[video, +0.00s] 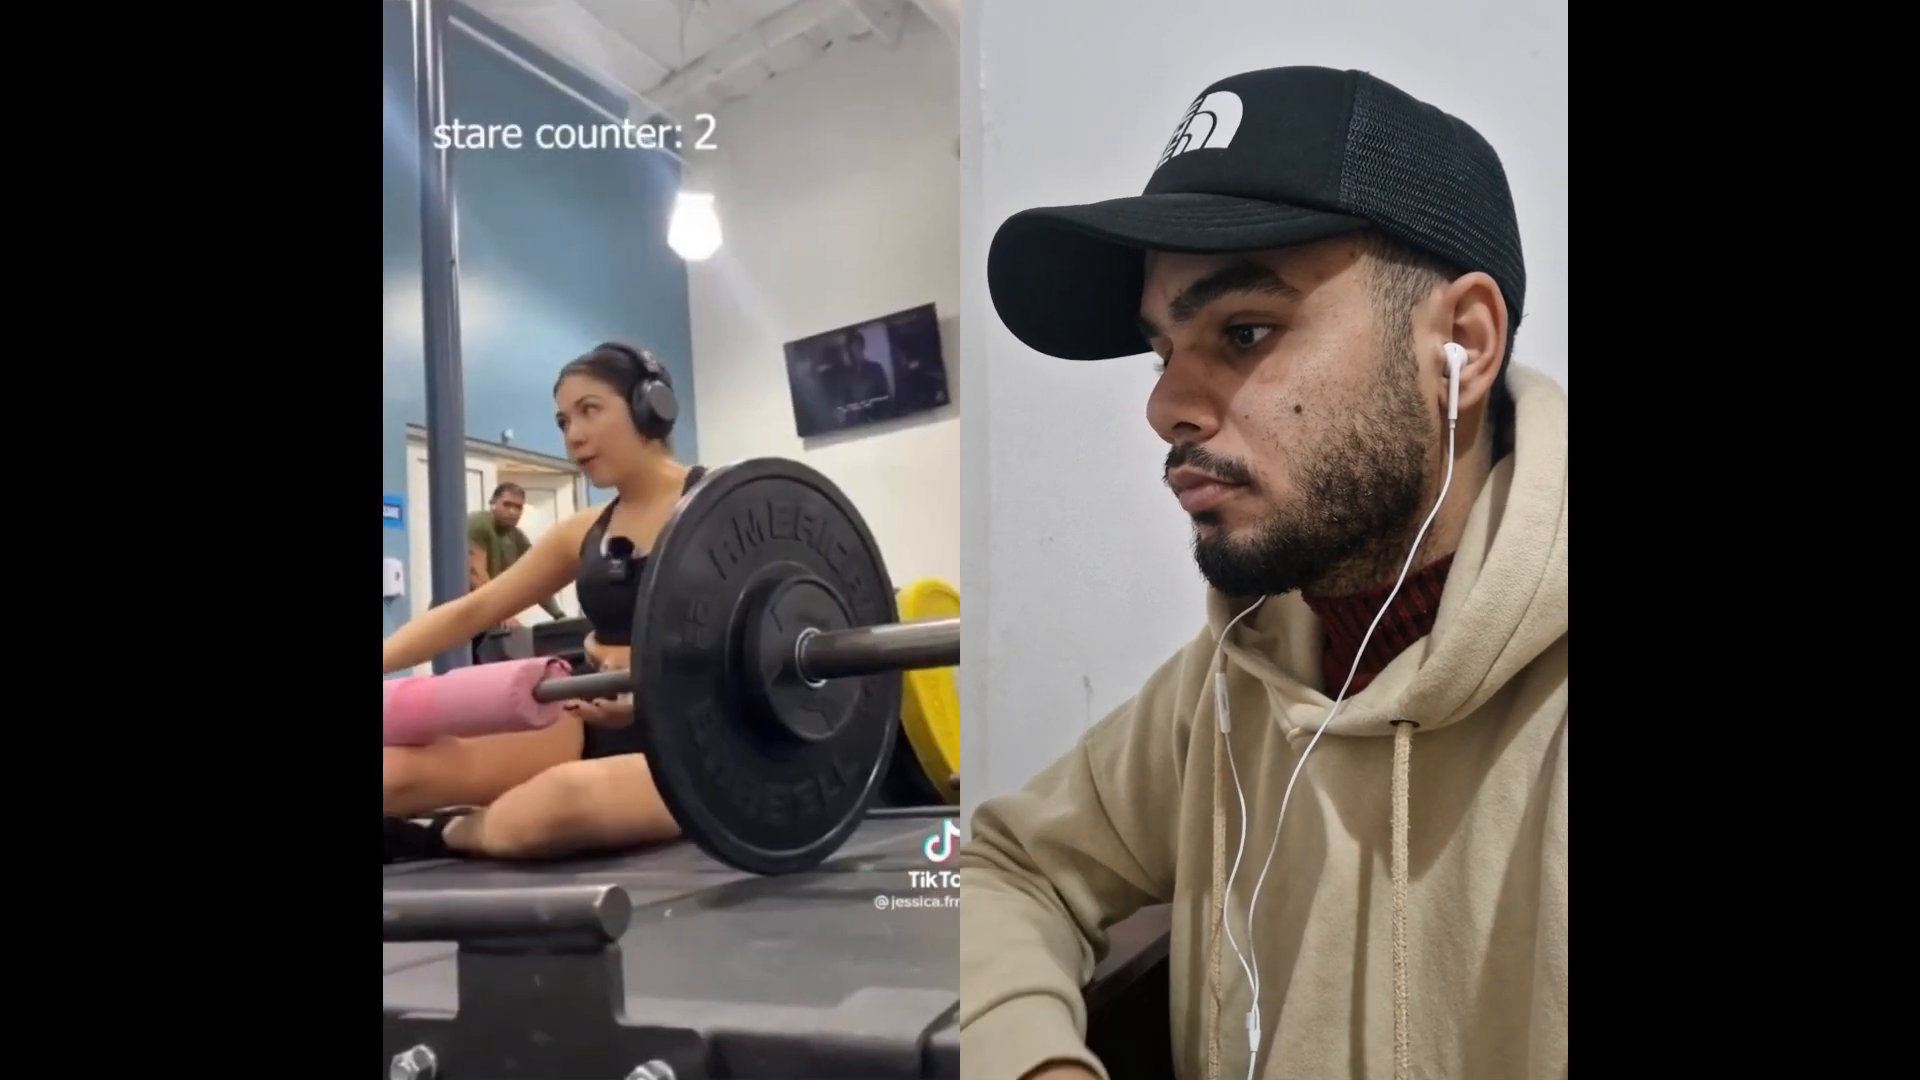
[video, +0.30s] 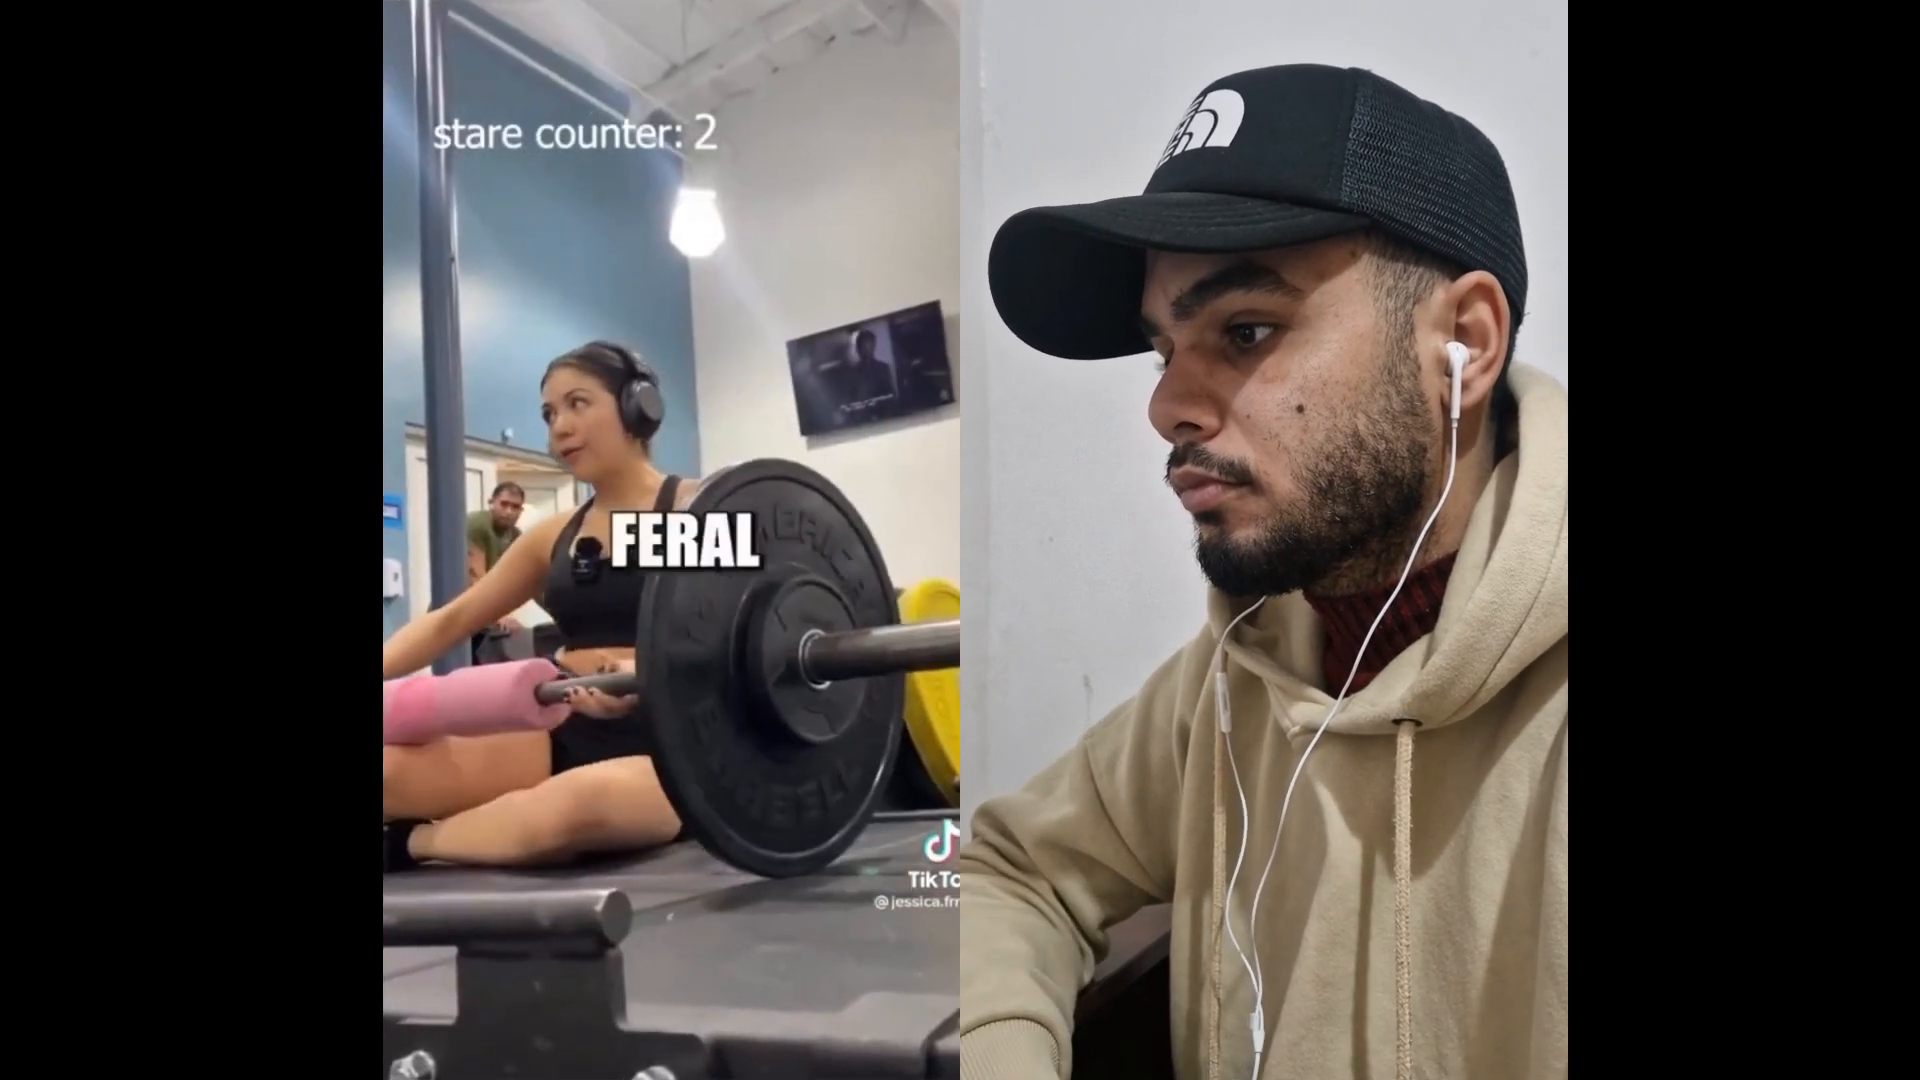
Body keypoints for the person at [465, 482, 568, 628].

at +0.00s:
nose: (512, 512)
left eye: (517, 507)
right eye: (507, 505)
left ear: (522, 510)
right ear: (493, 503)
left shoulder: (518, 538)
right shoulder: (478, 525)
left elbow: (535, 579)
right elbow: (476, 575)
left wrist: (558, 615)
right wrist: (502, 613)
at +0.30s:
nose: (509, 511)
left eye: (515, 507)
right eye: (504, 504)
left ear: (521, 510)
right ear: (491, 503)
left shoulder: (517, 536)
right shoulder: (476, 525)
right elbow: (476, 574)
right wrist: (499, 613)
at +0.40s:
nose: (508, 511)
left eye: (515, 507)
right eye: (503, 504)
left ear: (521, 510)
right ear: (492, 503)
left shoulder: (516, 536)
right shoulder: (477, 524)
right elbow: (476, 572)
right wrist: (499, 613)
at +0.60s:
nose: (509, 512)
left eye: (516, 507)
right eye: (504, 504)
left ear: (524, 509)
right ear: (495, 502)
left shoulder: (520, 537)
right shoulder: (478, 525)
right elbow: (476, 575)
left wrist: (507, 614)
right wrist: (500, 616)